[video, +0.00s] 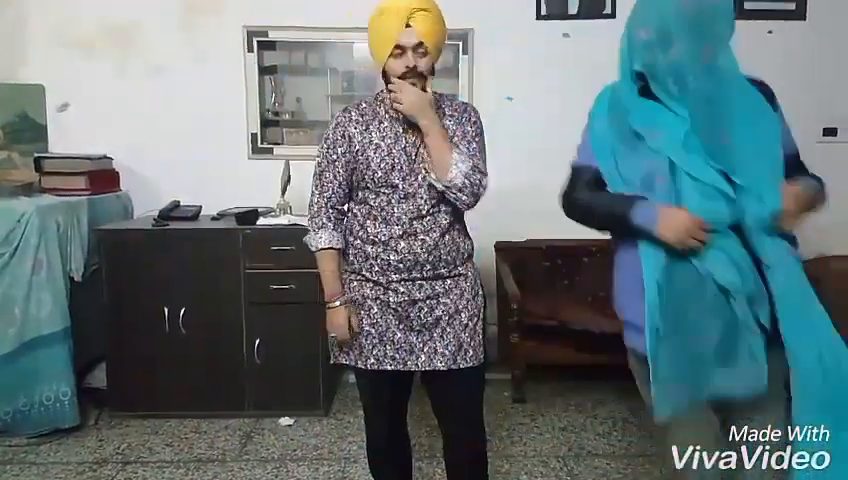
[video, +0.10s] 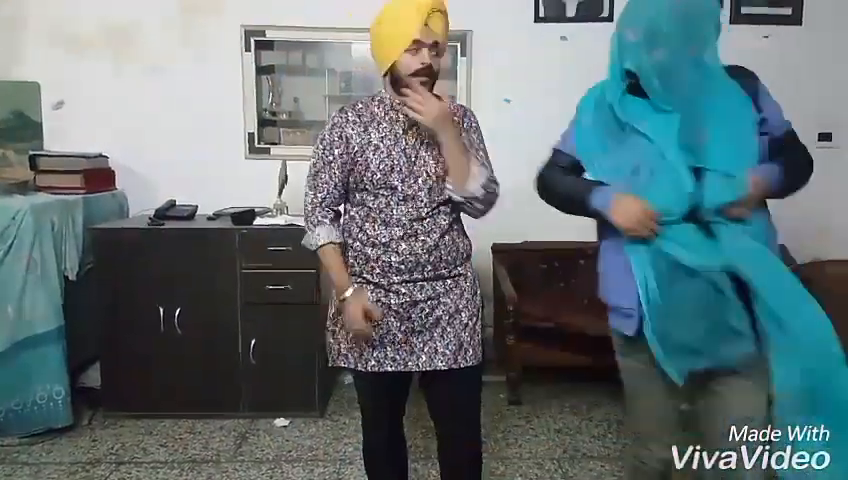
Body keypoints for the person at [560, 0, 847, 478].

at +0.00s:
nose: (683, 54)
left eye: (696, 36)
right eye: (669, 37)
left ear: (717, 34)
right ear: (646, 36)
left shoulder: (753, 99)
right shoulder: (619, 107)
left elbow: (799, 177)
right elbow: (578, 196)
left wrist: (803, 193)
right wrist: (651, 216)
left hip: (758, 322)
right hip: (664, 329)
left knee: (770, 459)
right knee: (698, 461)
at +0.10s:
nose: (655, 59)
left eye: (669, 47)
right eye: (645, 46)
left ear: (698, 38)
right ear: (629, 40)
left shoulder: (738, 89)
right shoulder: (605, 103)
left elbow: (797, 159)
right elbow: (552, 177)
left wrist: (757, 183)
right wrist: (606, 200)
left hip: (734, 316)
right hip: (641, 321)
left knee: (743, 460)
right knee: (653, 460)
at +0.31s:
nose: (630, 71)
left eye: (644, 58)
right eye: (622, 58)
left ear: (668, 53)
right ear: (607, 50)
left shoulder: (704, 105)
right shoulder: (583, 113)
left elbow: (758, 168)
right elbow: (541, 182)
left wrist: (710, 183)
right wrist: (573, 201)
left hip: (695, 303)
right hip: (616, 305)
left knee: (693, 448)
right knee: (645, 446)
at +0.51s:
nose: (619, 119)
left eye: (629, 106)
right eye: (608, 105)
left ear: (644, 104)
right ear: (589, 100)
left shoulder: (667, 163)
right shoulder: (563, 152)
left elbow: (706, 224)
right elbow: (535, 221)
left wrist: (716, 221)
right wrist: (589, 217)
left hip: (660, 323)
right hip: (590, 317)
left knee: (666, 444)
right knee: (621, 411)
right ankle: (606, 465)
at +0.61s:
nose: (607, 92)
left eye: (616, 81)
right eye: (598, 81)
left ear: (628, 78)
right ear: (577, 76)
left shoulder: (645, 134)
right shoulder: (547, 130)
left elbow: (685, 199)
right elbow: (517, 197)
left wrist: (672, 206)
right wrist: (569, 212)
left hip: (645, 306)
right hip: (579, 306)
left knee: (646, 436)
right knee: (588, 430)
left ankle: (638, 474)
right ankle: (567, 463)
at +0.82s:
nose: (564, 76)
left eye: (574, 65)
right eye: (554, 65)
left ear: (585, 62)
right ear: (535, 62)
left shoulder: (607, 106)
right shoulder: (509, 112)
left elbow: (654, 157)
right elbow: (475, 173)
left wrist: (609, 172)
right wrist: (508, 196)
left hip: (607, 262)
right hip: (540, 262)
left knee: (607, 378)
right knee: (543, 374)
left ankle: (604, 473)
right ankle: (538, 463)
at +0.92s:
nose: (533, 78)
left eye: (544, 68)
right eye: (525, 67)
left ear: (561, 65)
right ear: (511, 65)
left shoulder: (586, 106)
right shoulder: (492, 112)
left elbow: (632, 154)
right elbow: (460, 168)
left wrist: (584, 169)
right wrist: (485, 190)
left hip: (583, 253)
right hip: (521, 256)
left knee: (580, 355)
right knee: (533, 363)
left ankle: (570, 445)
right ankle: (536, 459)